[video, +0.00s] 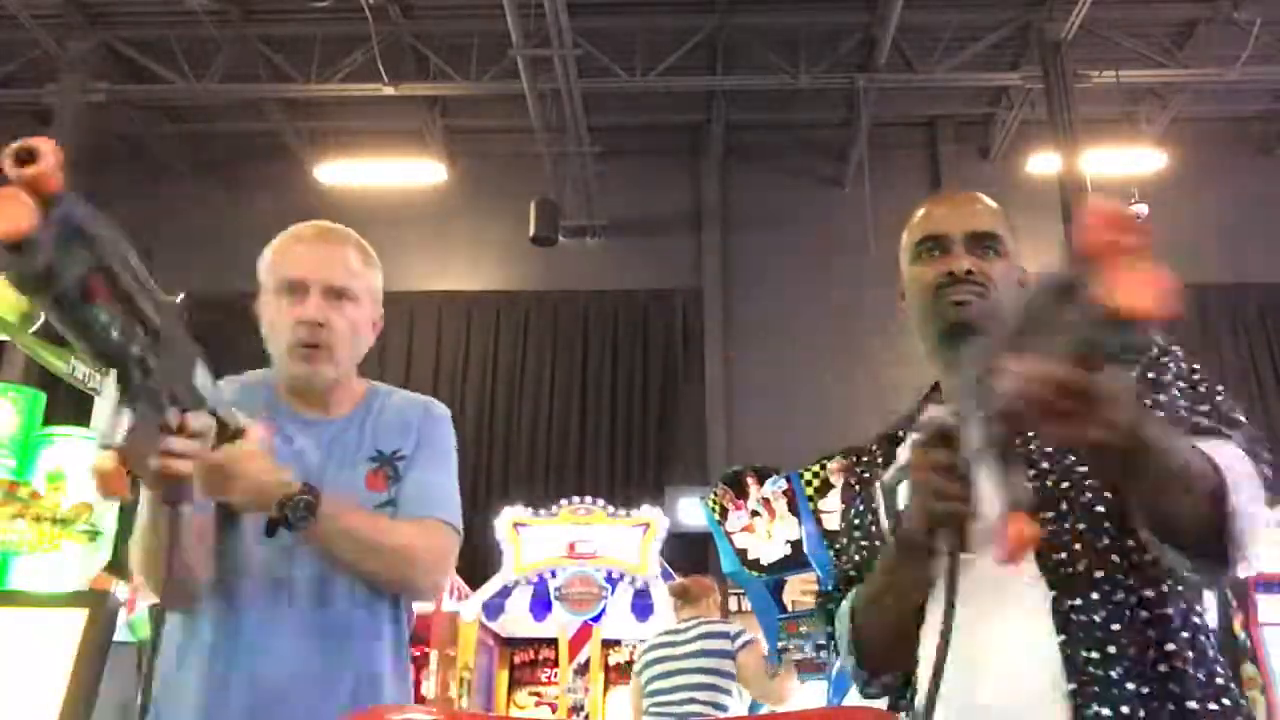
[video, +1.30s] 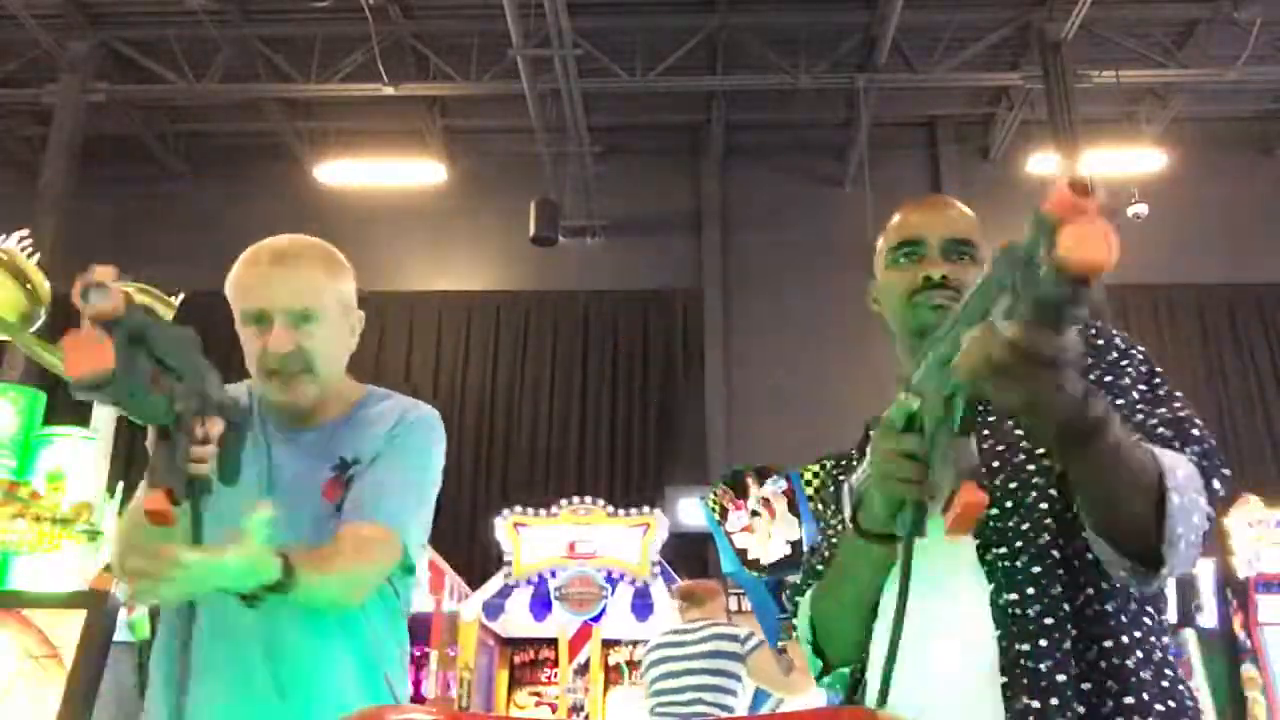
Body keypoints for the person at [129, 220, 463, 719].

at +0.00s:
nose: (312, 314)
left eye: (338, 296)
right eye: (292, 292)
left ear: (374, 323)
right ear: (260, 310)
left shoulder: (419, 422)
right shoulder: (206, 410)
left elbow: (427, 569)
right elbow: (175, 590)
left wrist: (281, 496)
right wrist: (165, 489)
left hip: (354, 708)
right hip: (208, 707)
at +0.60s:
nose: (328, 325)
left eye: (355, 308)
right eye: (310, 302)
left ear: (384, 335)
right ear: (274, 314)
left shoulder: (418, 435)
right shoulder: (202, 419)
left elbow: (439, 580)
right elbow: (186, 577)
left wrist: (325, 513)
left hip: (357, 709)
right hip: (208, 707)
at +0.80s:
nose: (332, 326)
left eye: (356, 313)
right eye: (311, 306)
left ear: (385, 339)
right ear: (273, 324)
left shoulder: (417, 438)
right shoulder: (210, 420)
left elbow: (448, 583)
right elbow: (205, 587)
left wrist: (351, 530)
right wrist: (264, 538)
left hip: (367, 709)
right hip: (217, 709)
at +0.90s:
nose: (306, 324)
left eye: (330, 308)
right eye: (285, 302)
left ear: (367, 330)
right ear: (254, 316)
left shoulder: (405, 426)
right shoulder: (189, 414)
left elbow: (427, 567)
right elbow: (155, 566)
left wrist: (294, 508)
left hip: (349, 706)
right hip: (196, 707)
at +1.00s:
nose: (284, 320)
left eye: (310, 302)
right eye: (265, 296)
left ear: (351, 323)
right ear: (236, 310)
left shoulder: (397, 418)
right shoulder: (182, 417)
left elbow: (415, 566)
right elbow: (139, 584)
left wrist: (296, 490)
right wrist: (137, 488)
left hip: (343, 707)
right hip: (193, 707)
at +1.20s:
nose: (277, 329)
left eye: (304, 308)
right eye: (257, 306)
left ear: (351, 322)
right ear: (233, 314)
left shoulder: (395, 424)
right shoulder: (196, 411)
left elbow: (332, 571)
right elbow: (128, 590)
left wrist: (223, 536)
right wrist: (150, 501)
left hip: (336, 710)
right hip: (184, 708)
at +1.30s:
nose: (279, 344)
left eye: (303, 319)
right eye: (258, 321)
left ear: (353, 328)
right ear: (237, 330)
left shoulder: (405, 428)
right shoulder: (201, 419)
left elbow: (353, 573)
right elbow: (133, 569)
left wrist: (252, 570)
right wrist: (167, 477)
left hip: (345, 710)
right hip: (195, 709)